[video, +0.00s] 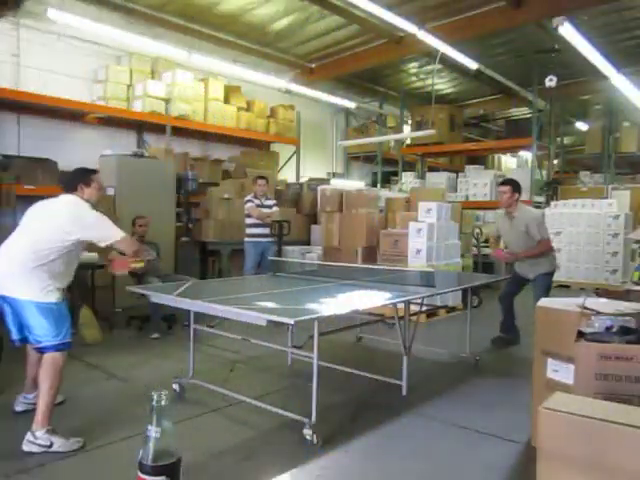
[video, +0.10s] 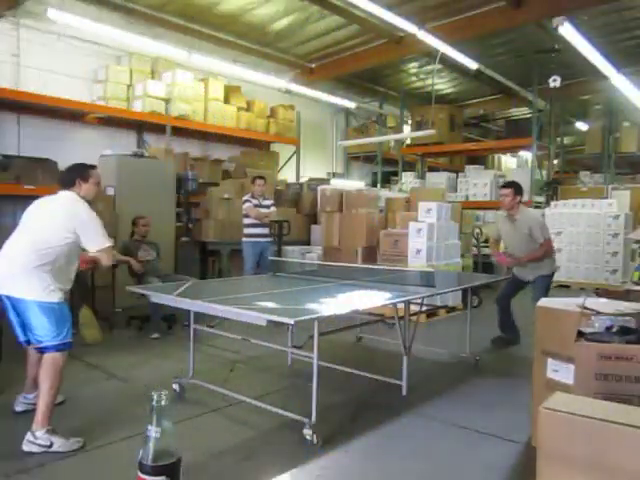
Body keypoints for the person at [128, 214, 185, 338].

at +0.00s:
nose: (143, 229)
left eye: (145, 226)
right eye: (140, 226)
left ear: (148, 228)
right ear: (133, 228)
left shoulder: (154, 246)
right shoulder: (128, 246)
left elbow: (157, 265)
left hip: (158, 275)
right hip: (143, 276)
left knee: (191, 282)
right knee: (157, 287)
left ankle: (189, 320)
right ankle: (154, 328)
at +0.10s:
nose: (146, 229)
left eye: (148, 226)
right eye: (143, 226)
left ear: (150, 228)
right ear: (134, 228)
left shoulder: (154, 245)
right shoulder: (128, 245)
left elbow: (158, 262)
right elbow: (115, 257)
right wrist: (130, 261)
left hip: (159, 275)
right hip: (143, 276)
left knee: (189, 282)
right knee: (157, 288)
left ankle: (189, 320)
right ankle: (154, 328)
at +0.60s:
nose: (147, 229)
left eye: (148, 226)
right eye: (143, 226)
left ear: (150, 227)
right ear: (135, 228)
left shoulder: (154, 245)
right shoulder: (128, 245)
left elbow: (157, 262)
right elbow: (112, 256)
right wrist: (130, 260)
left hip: (160, 275)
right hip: (144, 277)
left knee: (190, 282)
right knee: (157, 289)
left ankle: (190, 320)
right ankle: (154, 328)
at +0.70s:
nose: (146, 229)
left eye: (148, 226)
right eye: (143, 226)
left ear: (150, 227)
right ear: (134, 228)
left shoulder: (154, 245)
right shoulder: (128, 244)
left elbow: (158, 262)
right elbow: (112, 256)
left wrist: (162, 272)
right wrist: (130, 260)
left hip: (161, 274)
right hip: (145, 276)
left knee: (191, 282)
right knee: (158, 292)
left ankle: (188, 320)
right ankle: (154, 329)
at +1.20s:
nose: (142, 228)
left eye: (145, 225)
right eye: (139, 226)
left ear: (148, 227)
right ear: (133, 228)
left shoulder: (154, 245)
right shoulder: (128, 244)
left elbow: (158, 262)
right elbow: (112, 256)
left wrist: (162, 272)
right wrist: (130, 260)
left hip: (161, 274)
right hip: (145, 276)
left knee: (191, 283)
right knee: (158, 292)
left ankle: (188, 320)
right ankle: (154, 329)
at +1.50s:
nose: (145, 228)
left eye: (147, 225)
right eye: (142, 225)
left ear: (149, 227)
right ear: (134, 228)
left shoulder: (154, 245)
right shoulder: (128, 244)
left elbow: (158, 261)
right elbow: (112, 256)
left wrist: (163, 272)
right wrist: (130, 260)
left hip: (162, 274)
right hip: (145, 276)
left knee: (192, 283)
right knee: (159, 292)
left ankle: (188, 320)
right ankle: (154, 329)